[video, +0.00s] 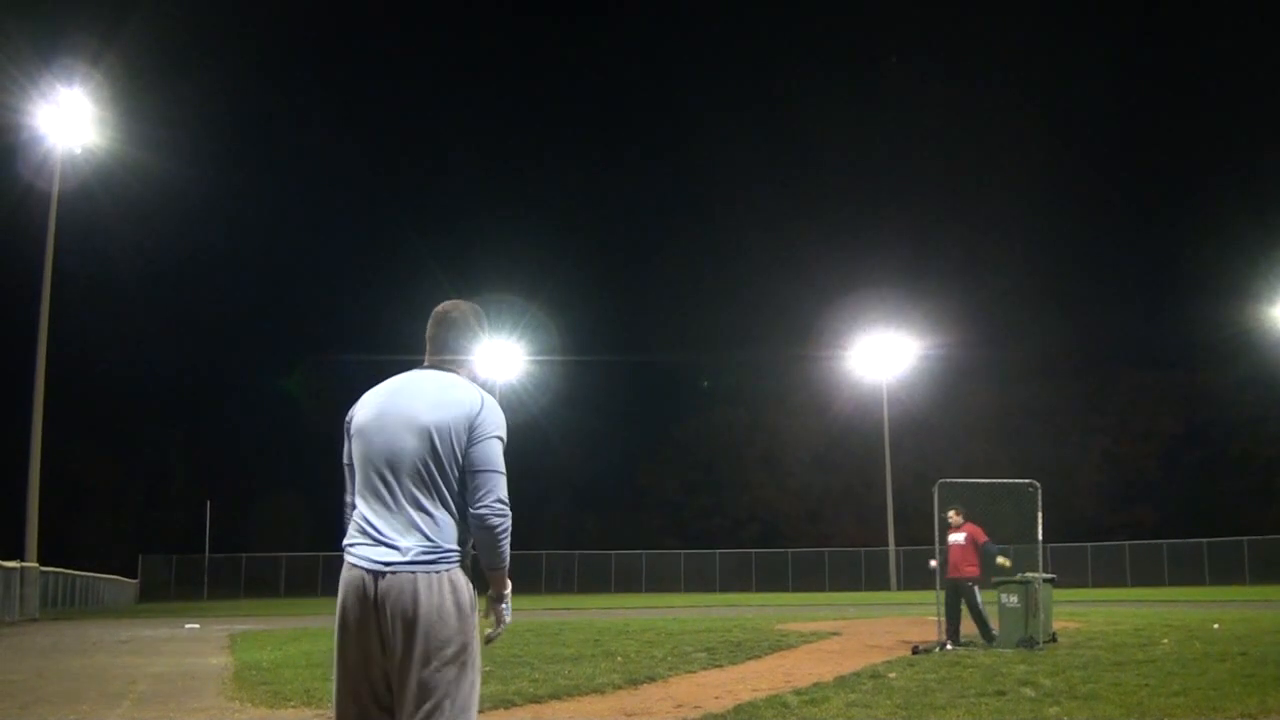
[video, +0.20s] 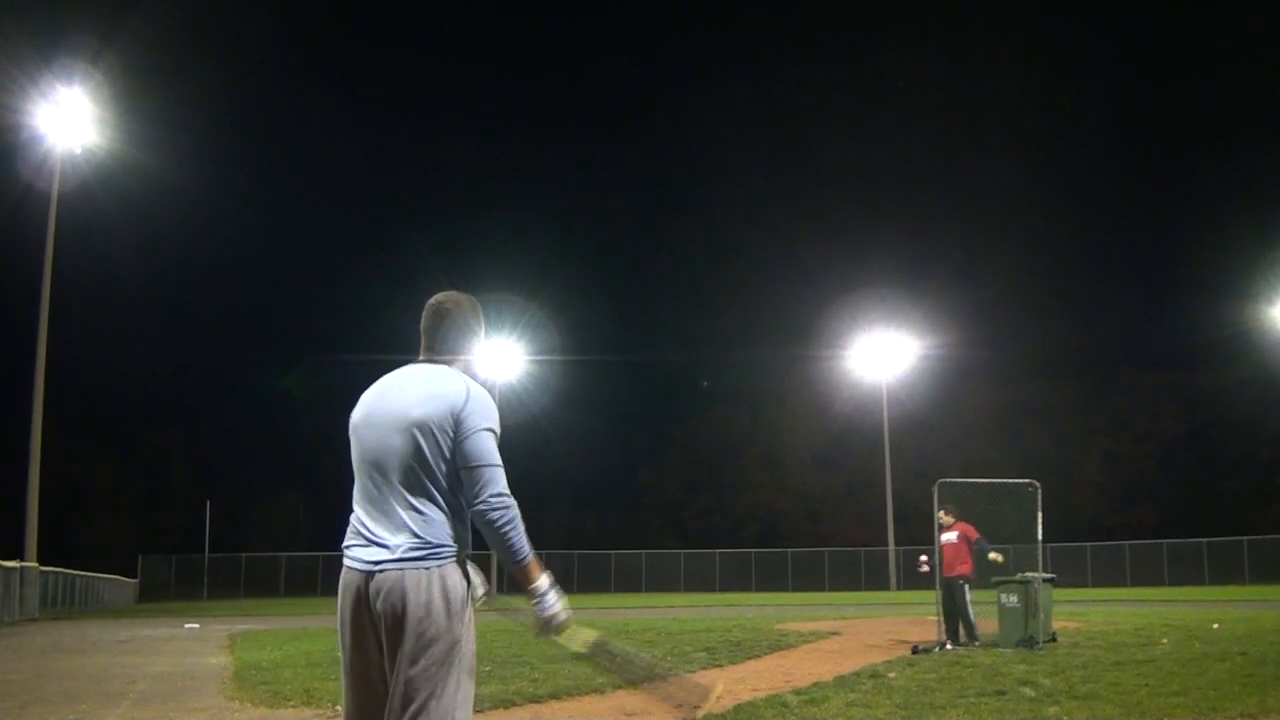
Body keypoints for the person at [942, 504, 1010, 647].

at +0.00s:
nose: (949, 520)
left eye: (951, 517)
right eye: (948, 518)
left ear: (960, 516)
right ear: (949, 518)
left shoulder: (971, 529)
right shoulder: (951, 532)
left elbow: (986, 544)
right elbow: (950, 555)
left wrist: (997, 556)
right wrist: (938, 562)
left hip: (968, 577)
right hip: (952, 577)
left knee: (976, 609)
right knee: (951, 611)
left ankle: (990, 637)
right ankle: (952, 640)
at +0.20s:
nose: (940, 521)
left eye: (941, 518)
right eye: (939, 518)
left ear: (950, 516)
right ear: (945, 518)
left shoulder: (963, 527)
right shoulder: (943, 533)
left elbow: (978, 540)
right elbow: (941, 555)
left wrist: (989, 551)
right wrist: (930, 563)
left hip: (961, 574)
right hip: (947, 576)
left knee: (963, 607)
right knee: (949, 609)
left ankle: (973, 638)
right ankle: (952, 639)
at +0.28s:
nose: (937, 521)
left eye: (939, 517)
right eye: (936, 518)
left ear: (947, 515)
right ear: (942, 517)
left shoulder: (960, 527)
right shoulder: (940, 533)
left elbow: (975, 539)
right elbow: (938, 555)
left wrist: (987, 550)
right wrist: (926, 564)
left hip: (958, 573)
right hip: (945, 574)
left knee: (957, 606)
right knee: (946, 607)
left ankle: (962, 636)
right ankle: (951, 637)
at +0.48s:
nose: (935, 518)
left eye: (937, 515)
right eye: (934, 516)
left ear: (945, 514)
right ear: (936, 517)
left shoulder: (957, 526)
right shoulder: (939, 531)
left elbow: (970, 539)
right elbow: (937, 553)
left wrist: (981, 549)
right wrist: (923, 563)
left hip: (955, 572)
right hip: (943, 573)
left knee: (954, 606)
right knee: (945, 606)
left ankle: (957, 638)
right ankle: (949, 637)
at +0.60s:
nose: (936, 517)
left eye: (938, 514)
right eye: (934, 515)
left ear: (946, 513)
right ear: (934, 517)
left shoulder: (956, 526)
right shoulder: (938, 532)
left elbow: (968, 539)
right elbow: (936, 553)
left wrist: (976, 549)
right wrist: (923, 561)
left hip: (954, 573)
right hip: (942, 574)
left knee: (953, 606)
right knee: (944, 606)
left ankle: (957, 638)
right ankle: (949, 637)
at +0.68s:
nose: (936, 516)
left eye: (938, 513)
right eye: (934, 515)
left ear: (946, 513)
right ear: (933, 517)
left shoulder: (954, 526)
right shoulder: (937, 532)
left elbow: (966, 539)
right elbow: (936, 553)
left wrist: (973, 550)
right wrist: (923, 561)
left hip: (953, 573)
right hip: (942, 574)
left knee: (953, 605)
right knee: (944, 606)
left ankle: (957, 637)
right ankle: (949, 637)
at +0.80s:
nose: (936, 516)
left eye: (938, 513)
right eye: (934, 514)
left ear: (945, 513)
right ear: (933, 517)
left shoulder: (954, 526)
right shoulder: (937, 532)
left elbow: (965, 538)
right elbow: (935, 553)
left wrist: (971, 549)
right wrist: (923, 560)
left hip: (953, 573)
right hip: (942, 574)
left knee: (952, 605)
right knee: (944, 606)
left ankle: (956, 637)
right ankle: (949, 637)